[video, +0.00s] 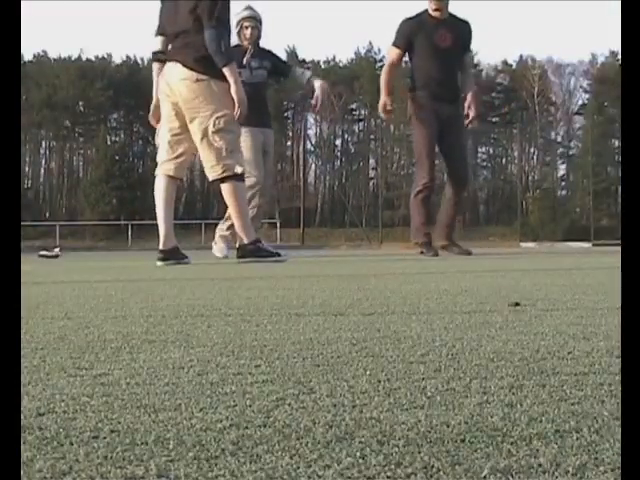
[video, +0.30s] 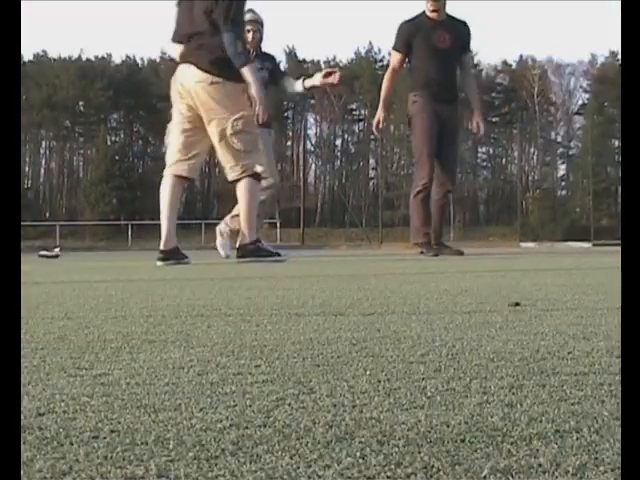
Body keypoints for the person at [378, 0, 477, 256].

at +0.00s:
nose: (436, 1)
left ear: (447, 0)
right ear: (427, 1)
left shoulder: (462, 27)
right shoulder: (411, 25)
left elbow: (466, 68)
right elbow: (391, 63)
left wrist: (471, 95)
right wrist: (384, 95)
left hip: (452, 108)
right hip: (422, 106)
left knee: (459, 177)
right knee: (425, 177)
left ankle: (444, 238)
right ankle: (422, 239)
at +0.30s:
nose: (434, 2)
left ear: (445, 1)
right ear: (424, 1)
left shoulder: (460, 28)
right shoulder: (410, 27)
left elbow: (467, 73)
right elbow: (393, 69)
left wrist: (477, 110)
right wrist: (381, 107)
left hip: (450, 106)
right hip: (422, 103)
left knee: (445, 178)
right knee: (424, 174)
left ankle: (437, 240)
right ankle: (422, 240)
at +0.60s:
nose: (436, 7)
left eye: (441, 3)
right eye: (432, 3)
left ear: (448, 5)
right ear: (425, 5)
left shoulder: (461, 34)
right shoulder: (410, 31)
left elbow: (470, 76)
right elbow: (392, 70)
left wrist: (479, 115)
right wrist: (381, 107)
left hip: (446, 109)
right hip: (417, 106)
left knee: (446, 183)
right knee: (418, 173)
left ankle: (433, 241)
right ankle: (410, 236)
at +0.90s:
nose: (434, 10)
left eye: (440, 5)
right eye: (429, 4)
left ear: (448, 8)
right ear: (422, 6)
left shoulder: (455, 41)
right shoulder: (404, 35)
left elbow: (460, 84)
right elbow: (385, 74)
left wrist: (468, 120)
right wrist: (376, 109)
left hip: (437, 113)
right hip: (409, 110)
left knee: (446, 179)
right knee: (409, 174)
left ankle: (433, 242)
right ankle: (394, 241)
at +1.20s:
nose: (456, 28)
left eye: (461, 24)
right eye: (452, 21)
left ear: (466, 25)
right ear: (443, 18)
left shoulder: (464, 56)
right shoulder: (417, 41)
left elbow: (458, 97)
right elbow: (388, 78)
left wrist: (458, 124)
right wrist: (389, 109)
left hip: (434, 117)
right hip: (404, 114)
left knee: (451, 177)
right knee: (408, 176)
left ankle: (462, 242)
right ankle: (394, 242)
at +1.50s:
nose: (487, 71)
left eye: (492, 68)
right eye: (484, 64)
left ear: (495, 72)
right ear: (473, 60)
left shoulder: (479, 104)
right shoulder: (453, 75)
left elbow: (469, 130)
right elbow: (423, 68)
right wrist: (410, 60)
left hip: (449, 138)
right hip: (424, 131)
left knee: (479, 175)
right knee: (415, 180)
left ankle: (468, 243)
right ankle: (391, 240)